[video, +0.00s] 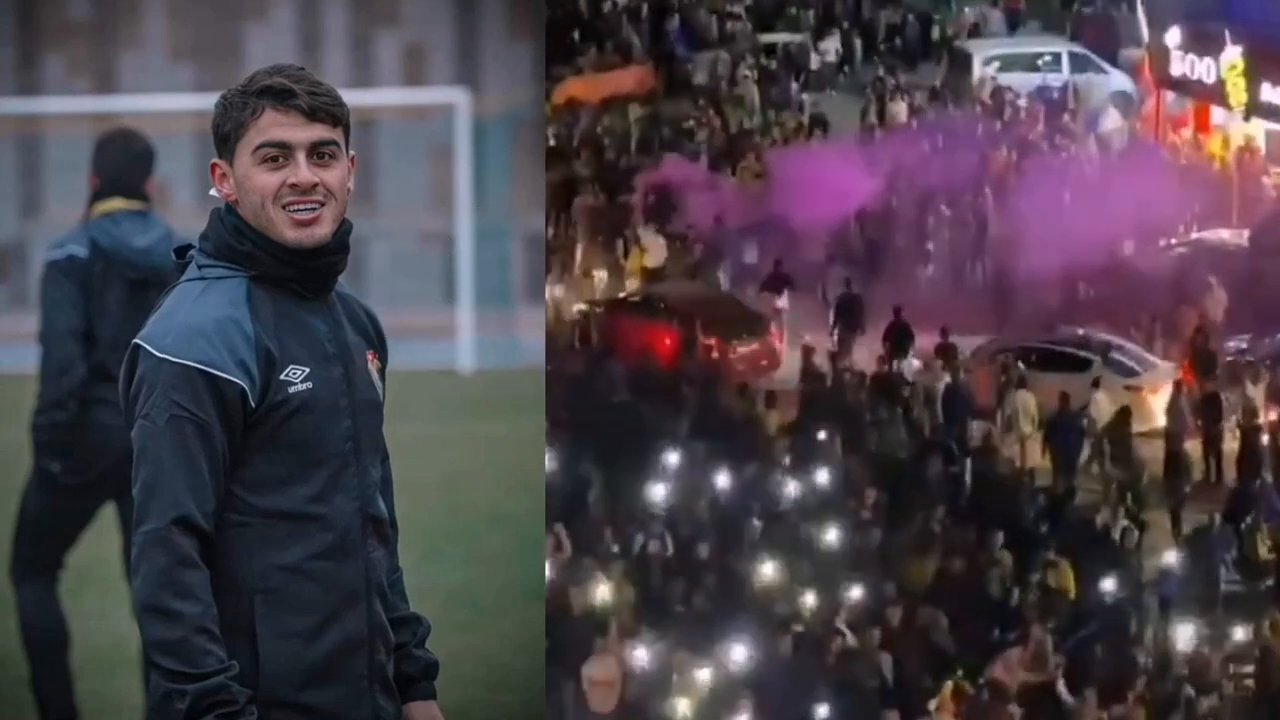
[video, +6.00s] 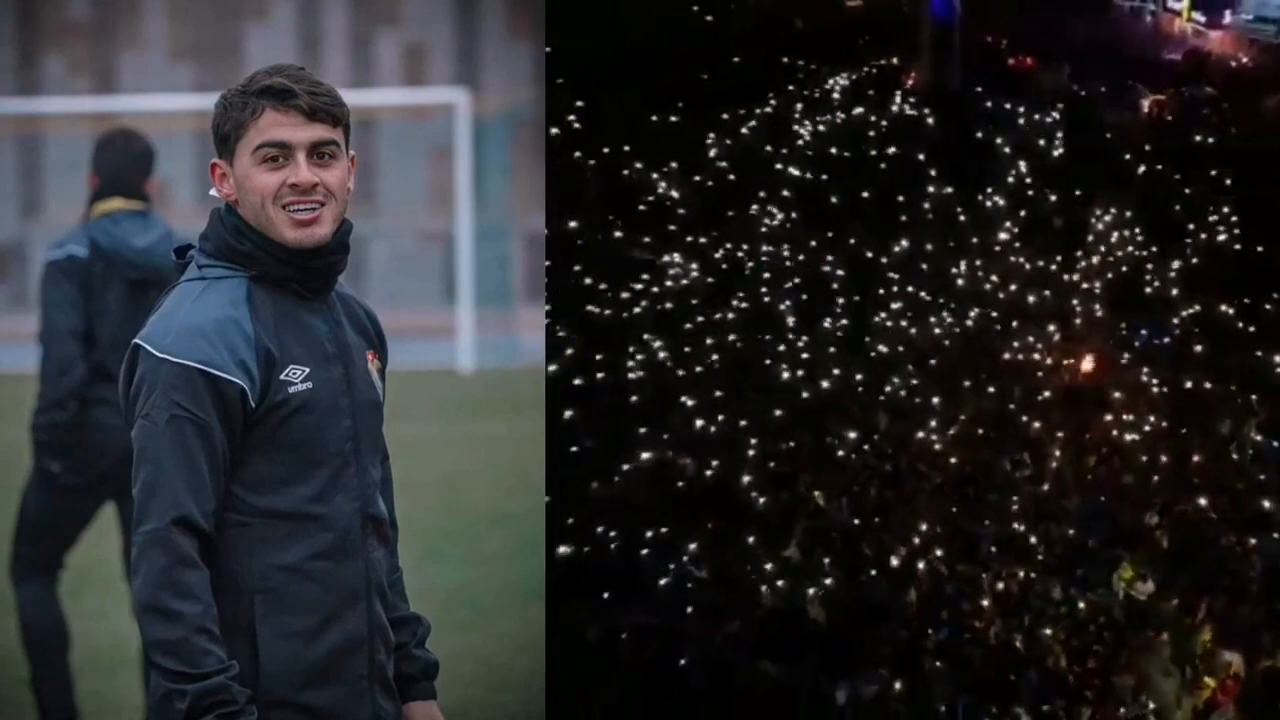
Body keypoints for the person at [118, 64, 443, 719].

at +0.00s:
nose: (305, 178)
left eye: (322, 155)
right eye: (274, 158)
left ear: (350, 171)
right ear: (226, 182)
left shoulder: (356, 323)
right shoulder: (195, 334)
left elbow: (372, 524)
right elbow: (164, 550)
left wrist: (414, 684)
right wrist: (213, 705)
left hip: (364, 690)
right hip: (259, 691)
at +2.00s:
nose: (305, 178)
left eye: (322, 155)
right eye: (274, 158)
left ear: (350, 171)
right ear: (226, 182)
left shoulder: (356, 324)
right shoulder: (195, 334)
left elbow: (373, 525)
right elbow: (164, 551)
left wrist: (414, 684)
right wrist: (213, 705)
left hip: (365, 690)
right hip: (259, 691)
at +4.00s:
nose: (304, 178)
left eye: (322, 155)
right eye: (274, 158)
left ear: (350, 171)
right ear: (226, 182)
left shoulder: (356, 323)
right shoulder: (195, 334)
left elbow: (372, 525)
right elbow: (164, 550)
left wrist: (414, 685)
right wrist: (213, 705)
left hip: (365, 690)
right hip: (259, 691)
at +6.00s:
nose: (305, 178)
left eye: (322, 155)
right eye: (274, 158)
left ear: (349, 171)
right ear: (226, 182)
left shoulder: (356, 323)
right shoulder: (195, 334)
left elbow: (372, 525)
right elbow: (164, 550)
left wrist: (414, 684)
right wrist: (213, 705)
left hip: (365, 690)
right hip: (260, 691)